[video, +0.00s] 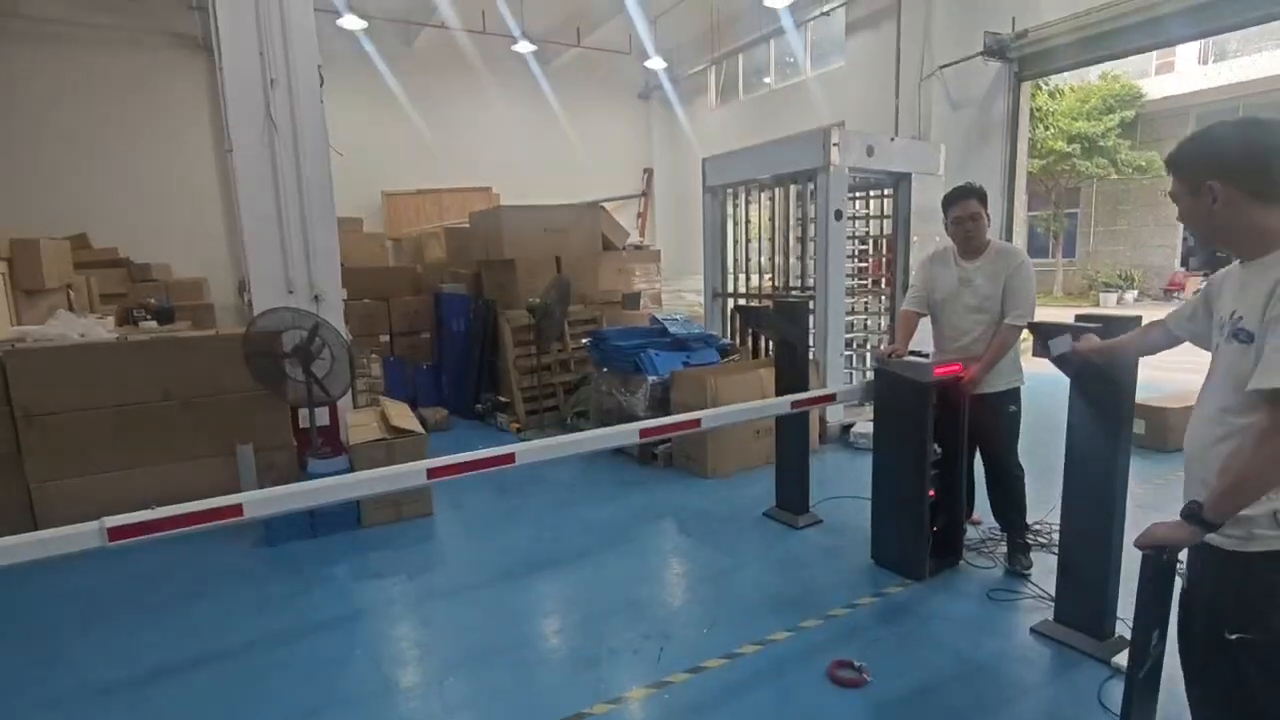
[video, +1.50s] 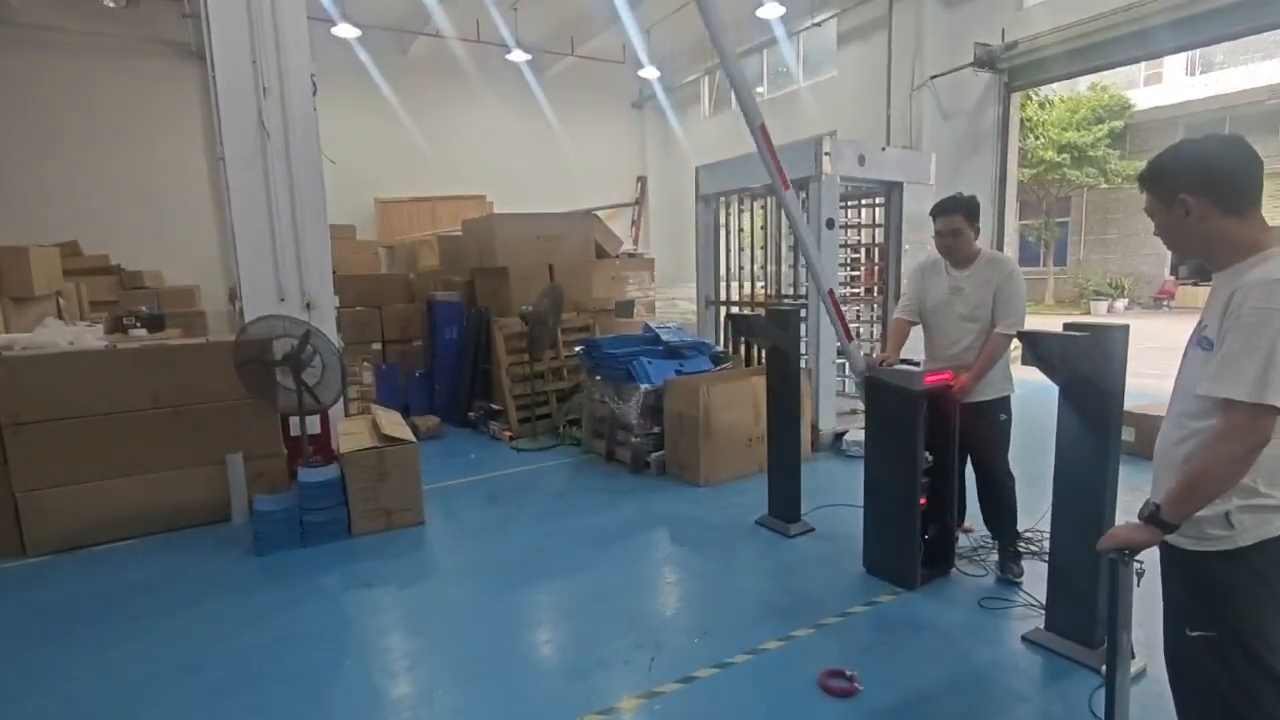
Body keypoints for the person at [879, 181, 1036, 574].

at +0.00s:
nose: (967, 226)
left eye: (974, 217)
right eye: (958, 221)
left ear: (988, 217)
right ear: (946, 225)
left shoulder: (1013, 260)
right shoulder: (934, 262)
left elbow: (1015, 323)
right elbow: (912, 306)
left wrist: (982, 367)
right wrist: (900, 342)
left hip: (998, 384)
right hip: (949, 384)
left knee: (1002, 467)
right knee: (951, 467)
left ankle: (1016, 538)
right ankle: (948, 541)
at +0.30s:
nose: (965, 229)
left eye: (971, 220)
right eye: (955, 224)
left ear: (986, 220)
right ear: (944, 228)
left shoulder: (1011, 263)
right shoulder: (932, 264)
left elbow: (1012, 325)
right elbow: (910, 308)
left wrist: (979, 369)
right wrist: (898, 344)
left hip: (995, 388)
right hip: (947, 387)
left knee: (1001, 469)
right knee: (950, 469)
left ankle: (1015, 541)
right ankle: (947, 543)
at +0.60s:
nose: (954, 236)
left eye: (963, 228)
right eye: (947, 229)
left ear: (981, 226)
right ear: (939, 230)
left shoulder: (1008, 266)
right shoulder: (929, 267)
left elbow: (1009, 327)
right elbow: (907, 312)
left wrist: (977, 371)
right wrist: (895, 349)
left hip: (992, 390)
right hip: (943, 389)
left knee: (998, 472)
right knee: (947, 472)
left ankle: (1012, 544)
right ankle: (944, 545)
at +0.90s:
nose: (949, 241)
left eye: (958, 232)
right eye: (942, 233)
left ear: (978, 229)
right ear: (935, 233)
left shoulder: (1006, 268)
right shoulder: (927, 269)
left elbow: (1007, 329)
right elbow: (906, 313)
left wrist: (975, 373)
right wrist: (893, 351)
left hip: (990, 392)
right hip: (941, 391)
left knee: (996, 474)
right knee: (945, 473)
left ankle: (1010, 545)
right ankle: (941, 548)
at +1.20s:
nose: (946, 242)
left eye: (955, 233)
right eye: (940, 234)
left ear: (977, 231)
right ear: (934, 233)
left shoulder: (1004, 269)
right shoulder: (926, 269)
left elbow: (1006, 331)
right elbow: (905, 314)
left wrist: (974, 374)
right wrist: (892, 351)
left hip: (989, 393)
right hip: (940, 392)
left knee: (994, 475)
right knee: (943, 475)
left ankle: (1009, 546)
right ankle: (939, 550)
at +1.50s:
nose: (944, 243)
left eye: (953, 234)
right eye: (939, 235)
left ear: (975, 232)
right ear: (933, 234)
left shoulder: (1003, 270)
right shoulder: (925, 269)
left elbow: (1005, 330)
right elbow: (904, 315)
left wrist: (972, 375)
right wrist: (890, 353)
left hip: (988, 393)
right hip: (940, 393)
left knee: (994, 475)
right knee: (942, 476)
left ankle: (1008, 547)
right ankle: (939, 552)